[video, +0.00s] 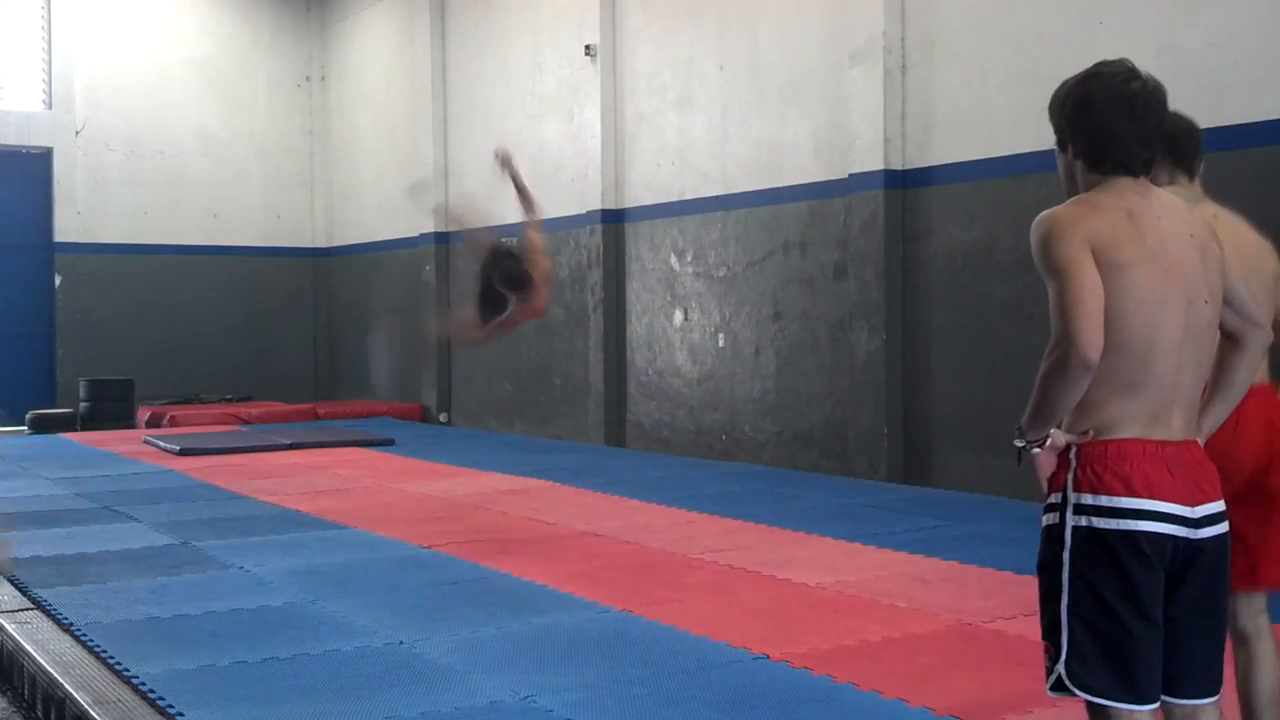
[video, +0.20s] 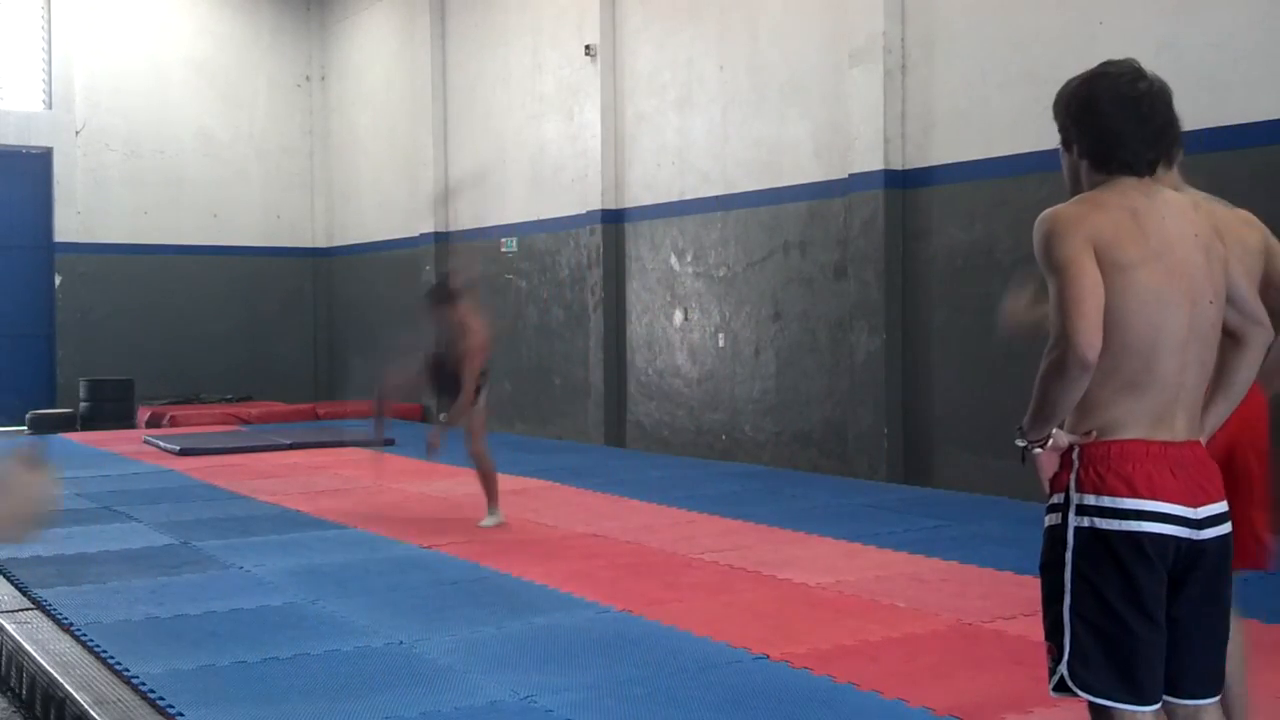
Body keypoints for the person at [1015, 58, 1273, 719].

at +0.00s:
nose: (1057, 160)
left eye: (1058, 145)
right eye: (1057, 144)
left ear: (1073, 149)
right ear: (1148, 139)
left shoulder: (1066, 223)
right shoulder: (1197, 222)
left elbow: (1082, 349)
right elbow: (1253, 331)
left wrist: (1036, 431)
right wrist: (1198, 428)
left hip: (1109, 498)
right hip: (1195, 494)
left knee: (1119, 704)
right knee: (1193, 699)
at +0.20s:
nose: (1061, 160)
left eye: (1062, 145)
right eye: (1061, 144)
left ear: (1079, 149)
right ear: (1162, 137)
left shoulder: (1069, 221)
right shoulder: (1204, 219)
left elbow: (1081, 349)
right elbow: (1255, 330)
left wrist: (1038, 431)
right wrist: (1199, 429)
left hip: (1111, 503)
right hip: (1199, 499)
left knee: (1121, 705)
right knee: (1193, 699)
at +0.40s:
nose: (1063, 154)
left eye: (1064, 138)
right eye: (1064, 138)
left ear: (1079, 146)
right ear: (1164, 142)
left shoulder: (1070, 226)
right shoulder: (1212, 226)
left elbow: (1079, 353)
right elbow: (1260, 333)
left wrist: (1041, 435)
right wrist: (1204, 430)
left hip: (1111, 505)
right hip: (1200, 502)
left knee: (1120, 706)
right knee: (1195, 702)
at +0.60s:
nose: (1063, 153)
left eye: (1066, 137)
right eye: (1064, 136)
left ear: (1086, 145)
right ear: (1162, 141)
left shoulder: (1073, 225)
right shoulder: (1217, 229)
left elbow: (1081, 353)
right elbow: (1261, 334)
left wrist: (1039, 436)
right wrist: (1206, 429)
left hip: (1112, 503)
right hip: (1199, 501)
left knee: (1118, 705)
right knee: (1189, 703)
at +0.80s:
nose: (1065, 152)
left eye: (1068, 135)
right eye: (1066, 135)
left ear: (1090, 143)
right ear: (1168, 136)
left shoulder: (1075, 224)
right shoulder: (1213, 222)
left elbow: (1082, 354)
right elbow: (1260, 331)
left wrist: (1038, 436)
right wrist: (1203, 425)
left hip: (1111, 504)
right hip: (1197, 498)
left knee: (1117, 705)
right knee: (1189, 702)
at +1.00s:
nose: (1063, 152)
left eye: (1066, 135)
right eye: (1065, 135)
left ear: (1086, 143)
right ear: (1155, 139)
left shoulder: (1076, 227)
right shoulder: (1203, 222)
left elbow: (1083, 357)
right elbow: (1260, 332)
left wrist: (1040, 437)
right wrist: (1204, 428)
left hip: (1110, 502)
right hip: (1196, 498)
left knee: (1115, 704)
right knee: (1187, 701)